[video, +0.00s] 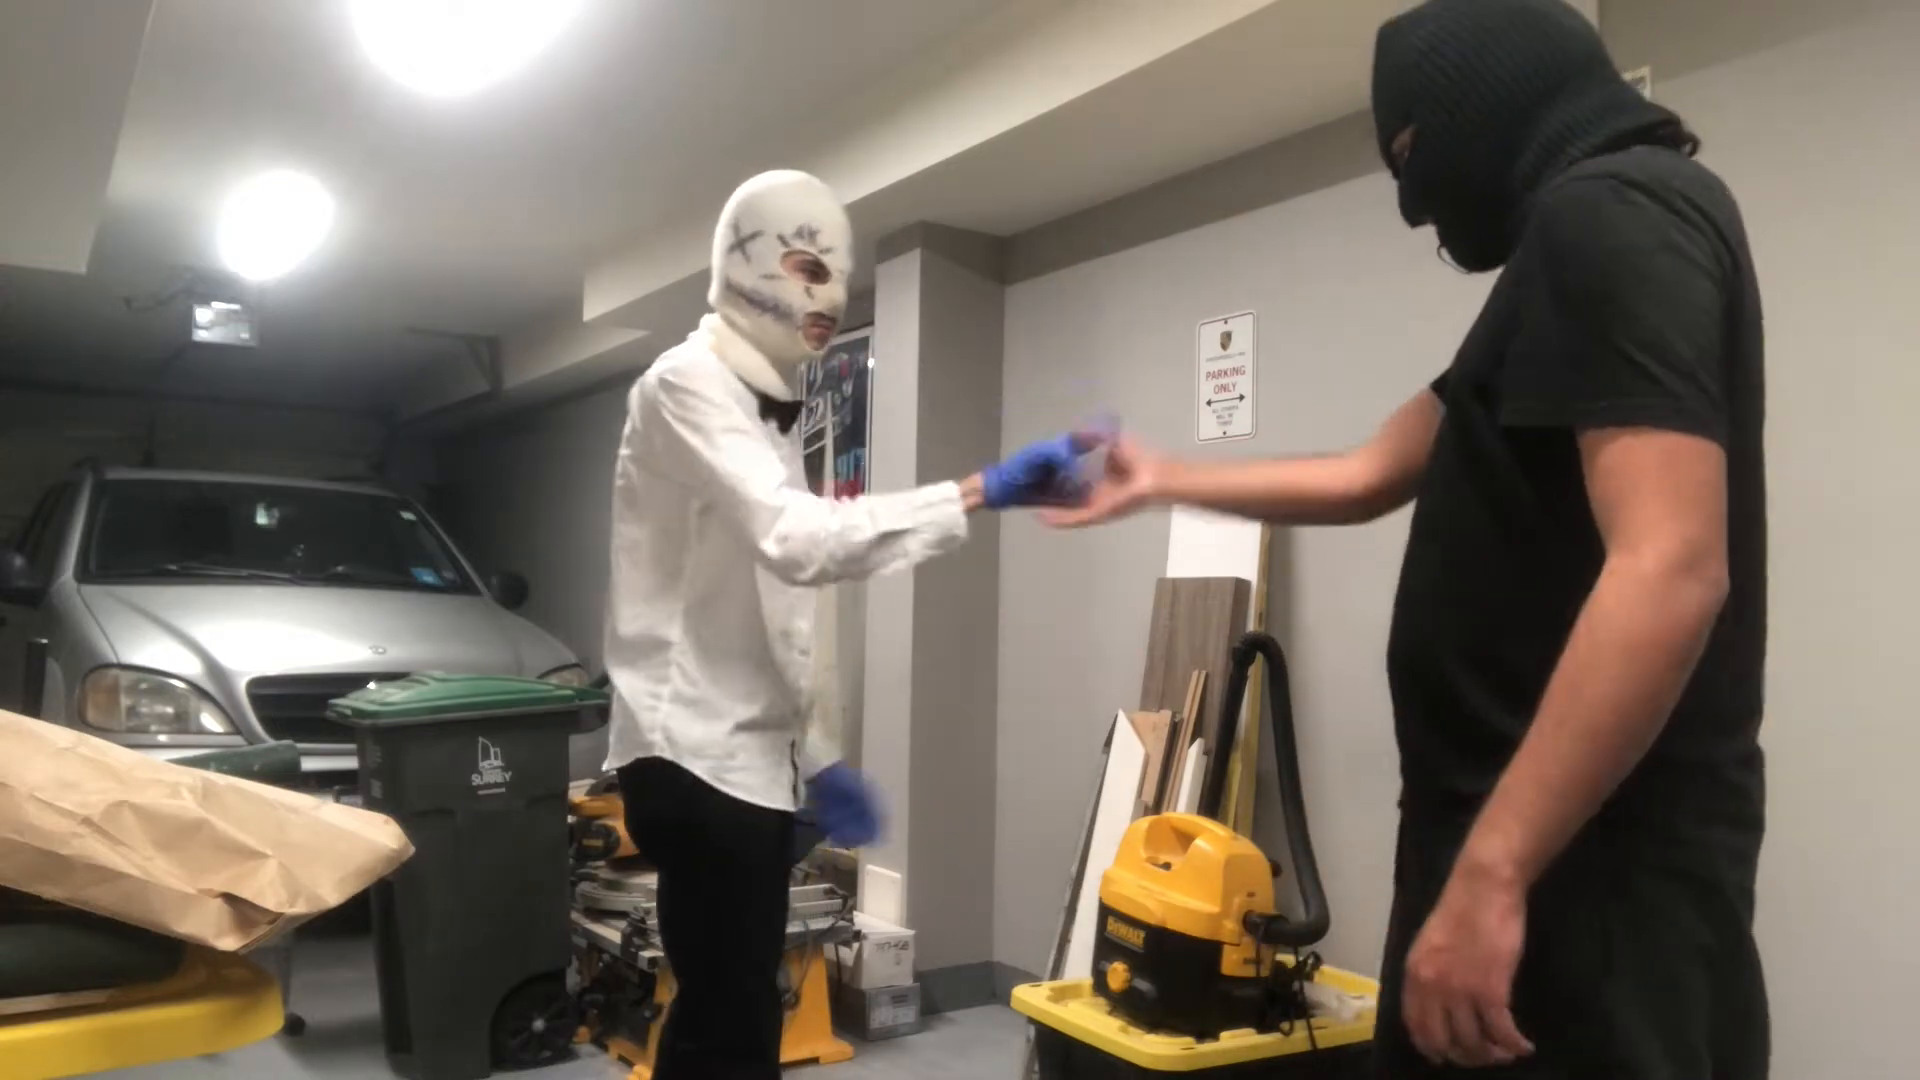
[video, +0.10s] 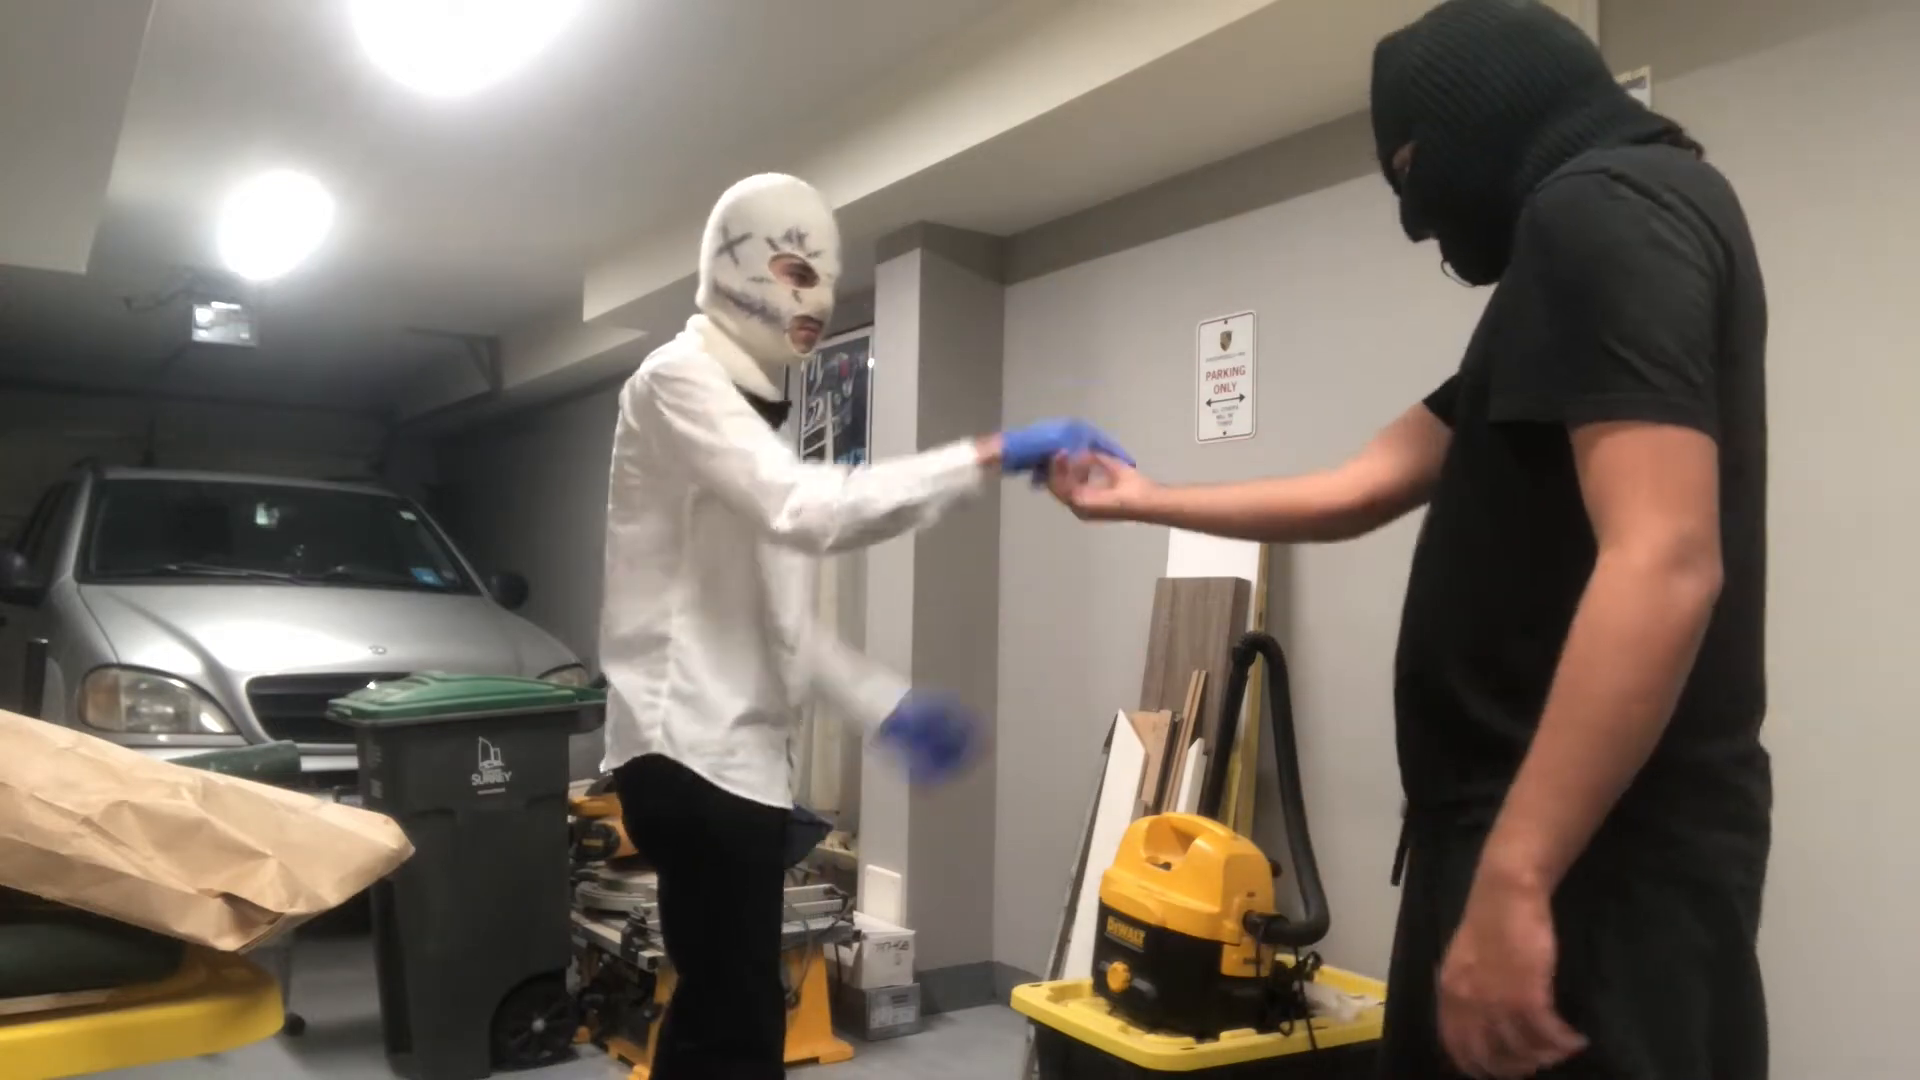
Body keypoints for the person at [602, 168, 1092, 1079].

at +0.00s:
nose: (829, 303)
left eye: (838, 281)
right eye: (808, 271)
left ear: (834, 288)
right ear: (746, 266)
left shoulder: (755, 406)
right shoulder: (689, 384)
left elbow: (747, 628)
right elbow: (796, 538)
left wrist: (806, 761)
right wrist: (981, 491)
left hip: (745, 756)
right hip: (696, 755)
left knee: (731, 1018)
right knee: (729, 1025)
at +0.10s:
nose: (819, 299)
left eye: (824, 277)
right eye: (797, 269)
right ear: (735, 266)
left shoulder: (744, 407)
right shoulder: (679, 378)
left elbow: (785, 624)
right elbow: (803, 509)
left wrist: (894, 707)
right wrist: (991, 453)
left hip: (742, 752)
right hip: (691, 752)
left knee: (717, 1022)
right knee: (736, 1025)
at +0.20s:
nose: (810, 292)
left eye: (816, 272)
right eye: (787, 265)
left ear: (816, 277)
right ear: (726, 267)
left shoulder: (749, 410)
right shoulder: (677, 375)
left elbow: (818, 589)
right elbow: (817, 494)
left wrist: (956, 603)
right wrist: (997, 432)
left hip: (737, 740)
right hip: (685, 737)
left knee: (720, 1013)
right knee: (734, 1016)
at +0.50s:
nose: (821, 285)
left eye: (829, 266)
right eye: (797, 260)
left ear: (831, 277)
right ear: (732, 266)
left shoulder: (816, 423)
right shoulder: (669, 379)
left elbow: (894, 511)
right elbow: (763, 501)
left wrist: (1025, 484)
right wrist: (964, 456)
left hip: (776, 758)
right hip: (688, 752)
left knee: (745, 1021)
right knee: (722, 1026)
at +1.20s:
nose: (827, 317)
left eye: (837, 297)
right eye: (805, 289)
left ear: (844, 304)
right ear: (746, 286)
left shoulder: (817, 429)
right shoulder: (681, 393)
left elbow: (880, 507)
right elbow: (731, 545)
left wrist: (958, 521)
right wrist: (886, 543)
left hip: (794, 745)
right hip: (705, 740)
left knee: (764, 1022)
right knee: (740, 1023)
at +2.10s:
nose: (750, 313)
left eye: (759, 295)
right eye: (723, 291)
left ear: (767, 304)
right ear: (665, 299)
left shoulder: (753, 419)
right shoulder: (608, 393)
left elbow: (839, 517)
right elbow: (714, 463)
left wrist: (956, 488)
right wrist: (899, 426)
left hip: (699, 740)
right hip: (599, 737)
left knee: (680, 1005)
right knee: (615, 1005)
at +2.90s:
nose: (829, 342)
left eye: (838, 321)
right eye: (812, 311)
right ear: (756, 296)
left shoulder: (740, 408)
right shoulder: (696, 388)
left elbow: (848, 529)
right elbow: (802, 504)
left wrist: (1003, 489)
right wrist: (982, 484)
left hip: (702, 735)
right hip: (661, 735)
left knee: (729, 1011)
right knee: (747, 1019)